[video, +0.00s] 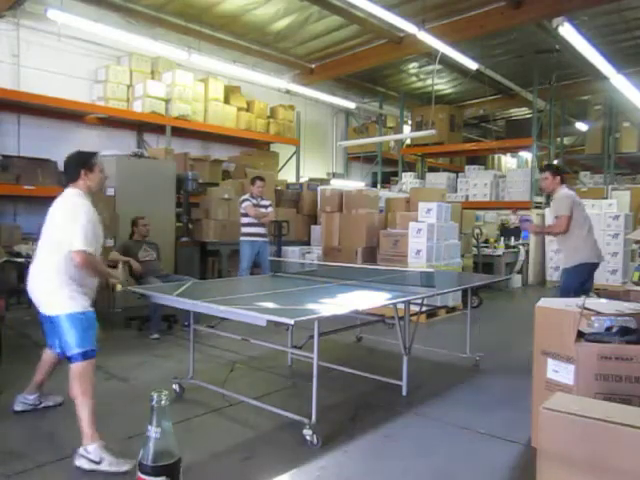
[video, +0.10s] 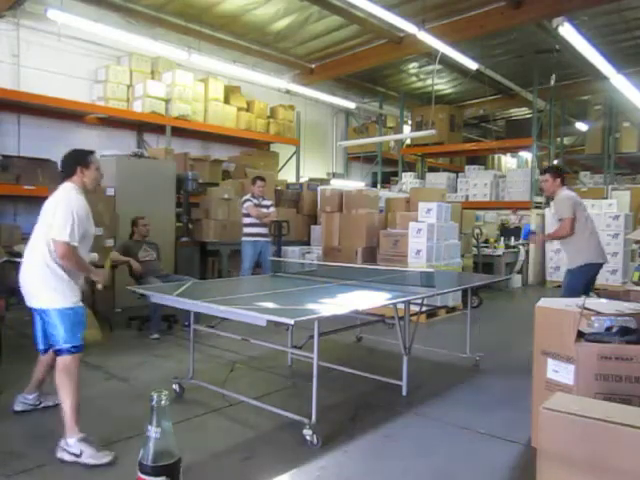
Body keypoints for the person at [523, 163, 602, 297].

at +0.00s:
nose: (542, 184)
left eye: (546, 179)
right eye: (541, 180)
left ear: (557, 179)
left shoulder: (563, 196)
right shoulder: (567, 195)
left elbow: (561, 227)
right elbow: (561, 227)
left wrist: (536, 229)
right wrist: (537, 229)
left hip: (579, 259)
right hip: (587, 258)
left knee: (566, 303)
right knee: (581, 302)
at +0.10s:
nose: (542, 186)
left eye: (546, 181)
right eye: (541, 182)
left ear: (558, 181)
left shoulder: (564, 197)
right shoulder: (567, 196)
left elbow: (566, 229)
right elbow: (566, 229)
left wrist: (543, 237)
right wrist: (544, 237)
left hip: (584, 260)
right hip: (590, 258)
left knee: (567, 305)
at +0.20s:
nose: (541, 189)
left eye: (544, 184)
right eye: (540, 185)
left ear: (555, 184)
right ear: (556, 184)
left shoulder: (562, 200)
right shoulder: (566, 198)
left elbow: (570, 232)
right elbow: (568, 233)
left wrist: (553, 255)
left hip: (585, 259)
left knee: (568, 304)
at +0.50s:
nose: (530, 200)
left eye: (532, 196)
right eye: (529, 196)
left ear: (544, 194)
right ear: (545, 195)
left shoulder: (552, 210)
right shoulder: (564, 207)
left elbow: (559, 244)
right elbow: (563, 244)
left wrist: (543, 260)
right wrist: (545, 257)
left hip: (582, 265)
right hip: (595, 263)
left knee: (564, 307)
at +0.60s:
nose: (524, 202)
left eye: (526, 198)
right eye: (523, 198)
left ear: (538, 197)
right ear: (540, 198)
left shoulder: (545, 213)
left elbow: (546, 250)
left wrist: (524, 260)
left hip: (574, 271)